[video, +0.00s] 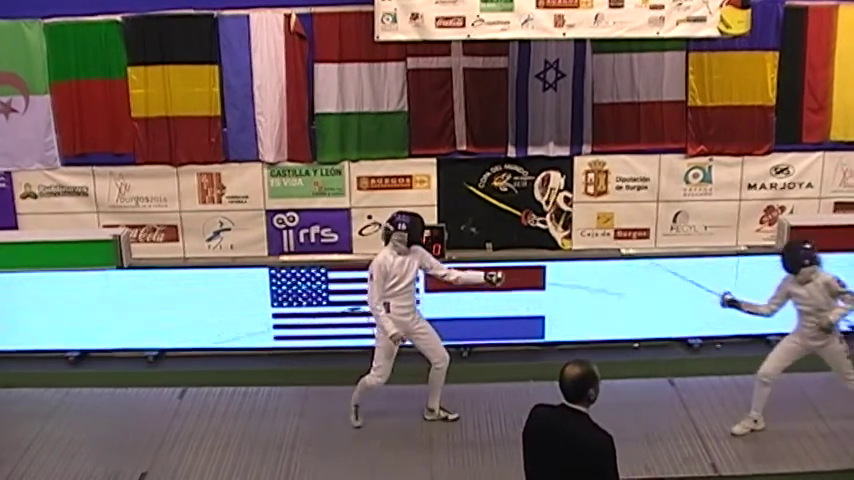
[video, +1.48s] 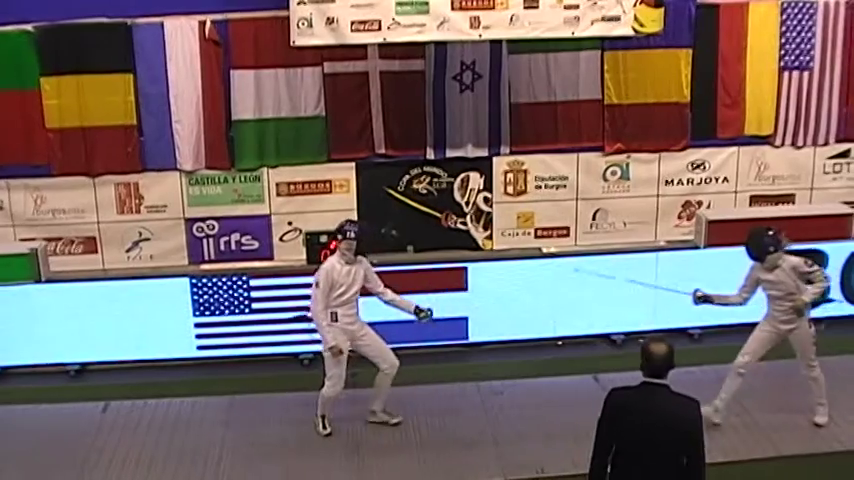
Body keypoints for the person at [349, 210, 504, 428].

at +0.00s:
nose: (400, 238)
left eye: (404, 234)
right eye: (397, 233)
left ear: (411, 236)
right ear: (390, 233)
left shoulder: (418, 254)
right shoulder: (381, 262)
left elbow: (448, 275)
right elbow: (374, 303)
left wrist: (485, 277)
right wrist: (390, 330)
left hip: (413, 319)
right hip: (389, 322)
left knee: (441, 359)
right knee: (378, 378)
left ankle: (433, 409)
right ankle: (355, 403)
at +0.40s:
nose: (401, 240)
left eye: (406, 236)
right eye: (398, 235)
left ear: (414, 239)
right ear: (392, 236)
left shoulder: (420, 259)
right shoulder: (383, 264)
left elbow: (449, 280)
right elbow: (374, 304)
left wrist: (487, 281)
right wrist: (387, 335)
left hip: (417, 322)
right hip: (394, 325)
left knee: (456, 356)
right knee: (386, 379)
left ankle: (455, 405)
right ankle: (372, 407)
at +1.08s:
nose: (400, 246)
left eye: (404, 242)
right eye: (396, 242)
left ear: (409, 245)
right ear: (389, 243)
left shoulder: (416, 264)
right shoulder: (382, 271)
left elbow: (445, 285)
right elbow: (375, 313)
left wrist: (482, 286)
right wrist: (389, 342)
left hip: (416, 327)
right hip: (393, 332)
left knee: (453, 356)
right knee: (382, 388)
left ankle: (448, 407)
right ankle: (348, 410)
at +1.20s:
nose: (381, 250)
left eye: (385, 246)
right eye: (377, 245)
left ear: (390, 248)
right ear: (370, 248)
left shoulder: (397, 269)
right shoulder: (363, 275)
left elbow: (427, 289)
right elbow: (356, 314)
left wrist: (461, 292)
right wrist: (370, 345)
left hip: (394, 330)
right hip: (371, 334)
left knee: (435, 357)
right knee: (363, 390)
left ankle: (440, 407)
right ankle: (337, 412)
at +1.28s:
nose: (370, 245)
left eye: (374, 241)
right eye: (367, 240)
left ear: (380, 244)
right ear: (360, 242)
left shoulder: (385, 266)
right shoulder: (350, 271)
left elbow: (412, 289)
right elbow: (343, 310)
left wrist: (446, 296)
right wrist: (357, 340)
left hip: (381, 328)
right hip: (358, 331)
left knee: (419, 358)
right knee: (352, 387)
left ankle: (433, 407)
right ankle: (331, 413)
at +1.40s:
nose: (356, 242)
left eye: (360, 238)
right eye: (352, 237)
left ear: (365, 240)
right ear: (345, 238)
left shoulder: (369, 262)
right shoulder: (334, 267)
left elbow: (390, 289)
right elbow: (326, 308)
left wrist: (423, 303)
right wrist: (340, 338)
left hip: (364, 324)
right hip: (341, 326)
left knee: (399, 360)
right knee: (340, 382)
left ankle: (407, 408)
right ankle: (326, 414)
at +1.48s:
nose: (349, 244)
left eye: (353, 240)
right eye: (345, 239)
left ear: (358, 242)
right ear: (338, 240)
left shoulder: (362, 265)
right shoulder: (327, 269)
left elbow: (383, 293)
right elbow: (317, 309)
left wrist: (414, 309)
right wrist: (330, 340)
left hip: (356, 326)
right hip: (333, 329)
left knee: (390, 364)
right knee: (334, 385)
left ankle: (376, 412)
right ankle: (322, 415)